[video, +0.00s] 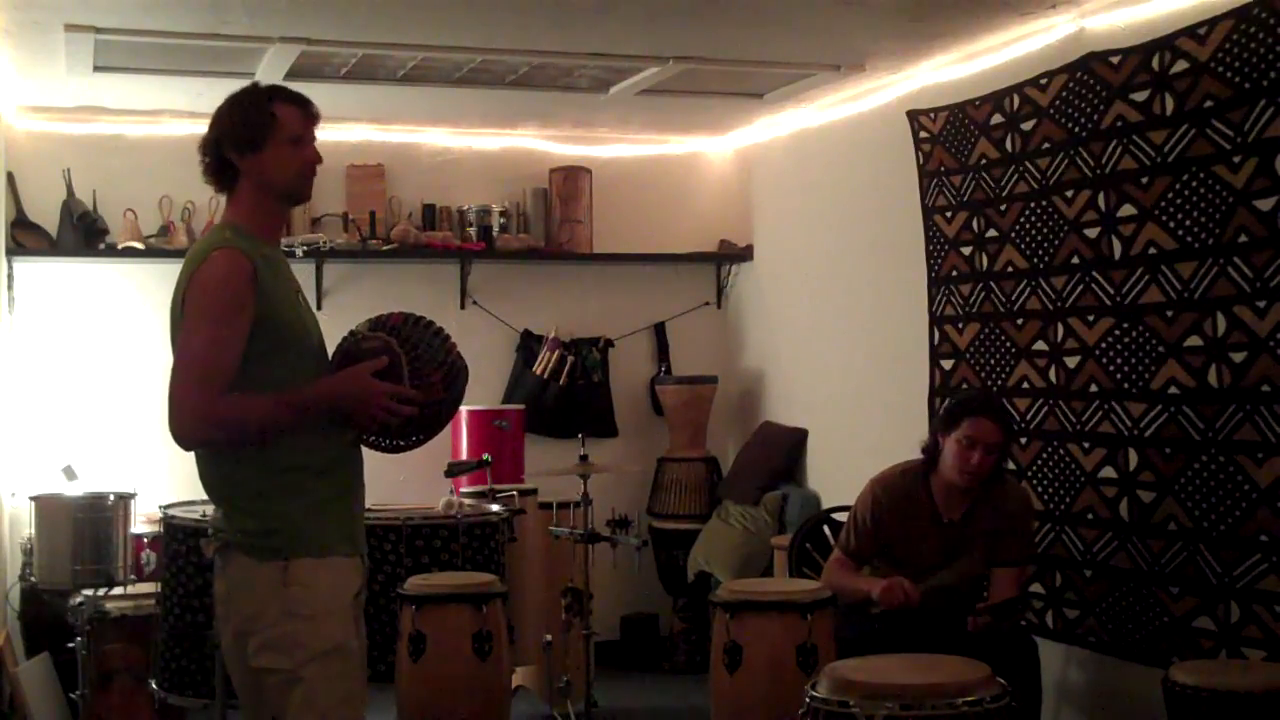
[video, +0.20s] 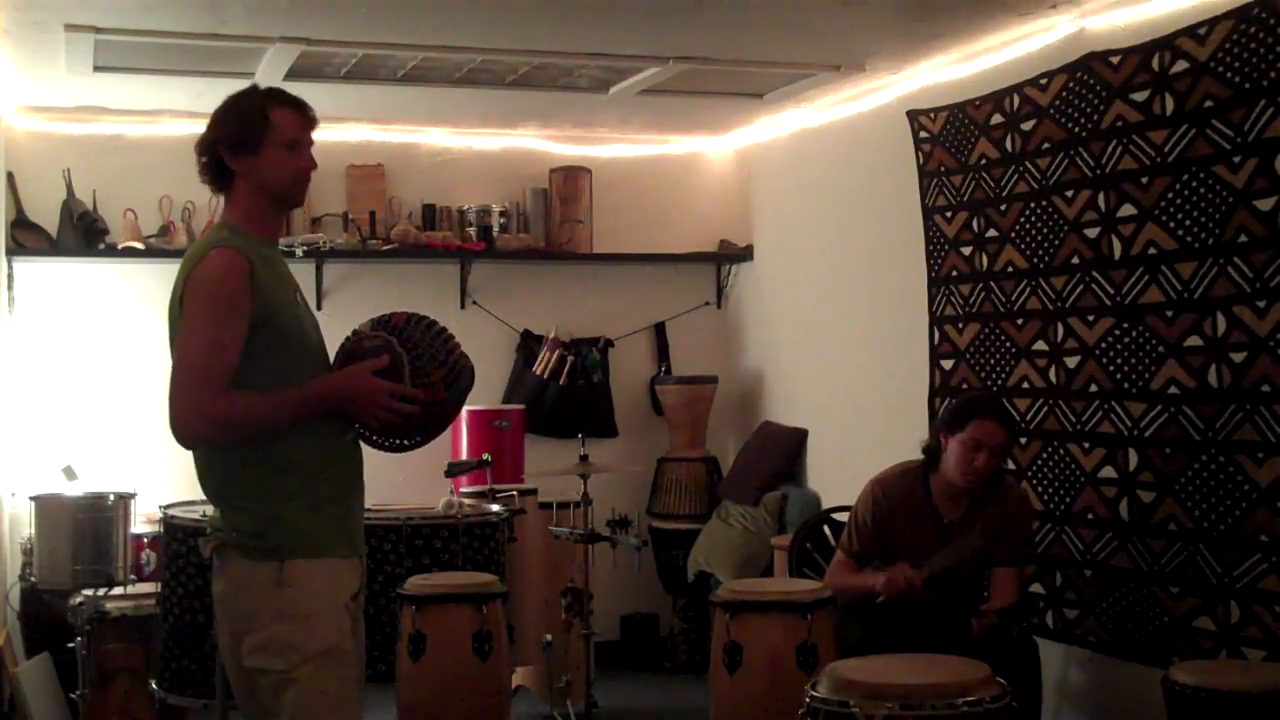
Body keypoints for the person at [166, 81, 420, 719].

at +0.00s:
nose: (316, 154)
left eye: (314, 140)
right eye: (298, 142)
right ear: (247, 154)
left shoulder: (261, 261)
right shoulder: (227, 263)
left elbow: (260, 398)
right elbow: (193, 417)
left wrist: (350, 381)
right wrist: (330, 397)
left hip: (309, 561)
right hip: (284, 567)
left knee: (318, 705)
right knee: (306, 707)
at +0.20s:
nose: (312, 160)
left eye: (310, 145)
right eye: (294, 146)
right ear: (241, 156)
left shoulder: (260, 261)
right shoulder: (224, 263)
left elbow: (258, 398)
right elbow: (195, 416)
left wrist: (348, 379)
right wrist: (331, 393)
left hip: (307, 560)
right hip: (281, 566)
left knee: (315, 705)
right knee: (300, 707)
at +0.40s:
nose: (315, 158)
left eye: (313, 144)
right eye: (297, 145)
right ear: (244, 157)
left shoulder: (263, 261)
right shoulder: (225, 261)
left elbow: (261, 398)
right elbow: (189, 412)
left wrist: (354, 388)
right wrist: (330, 392)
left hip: (310, 557)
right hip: (281, 563)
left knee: (320, 704)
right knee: (302, 707)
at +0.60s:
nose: (317, 160)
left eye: (316, 146)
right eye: (300, 146)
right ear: (247, 157)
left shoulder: (264, 261)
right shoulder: (227, 260)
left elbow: (262, 397)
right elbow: (190, 411)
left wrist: (355, 381)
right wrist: (333, 393)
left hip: (308, 558)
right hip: (282, 563)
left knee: (314, 705)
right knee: (304, 707)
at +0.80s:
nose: (323, 166)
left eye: (323, 152)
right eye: (307, 151)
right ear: (254, 159)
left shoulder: (259, 261)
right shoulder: (229, 261)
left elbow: (258, 399)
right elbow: (196, 410)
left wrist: (358, 382)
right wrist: (343, 386)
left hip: (306, 560)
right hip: (287, 566)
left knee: (316, 707)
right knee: (313, 708)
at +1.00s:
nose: (322, 155)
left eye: (320, 141)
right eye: (304, 142)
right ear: (250, 156)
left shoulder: (270, 259)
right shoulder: (240, 258)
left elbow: (275, 403)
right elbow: (196, 407)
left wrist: (365, 386)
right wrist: (348, 406)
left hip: (303, 554)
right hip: (288, 561)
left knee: (295, 707)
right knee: (338, 706)